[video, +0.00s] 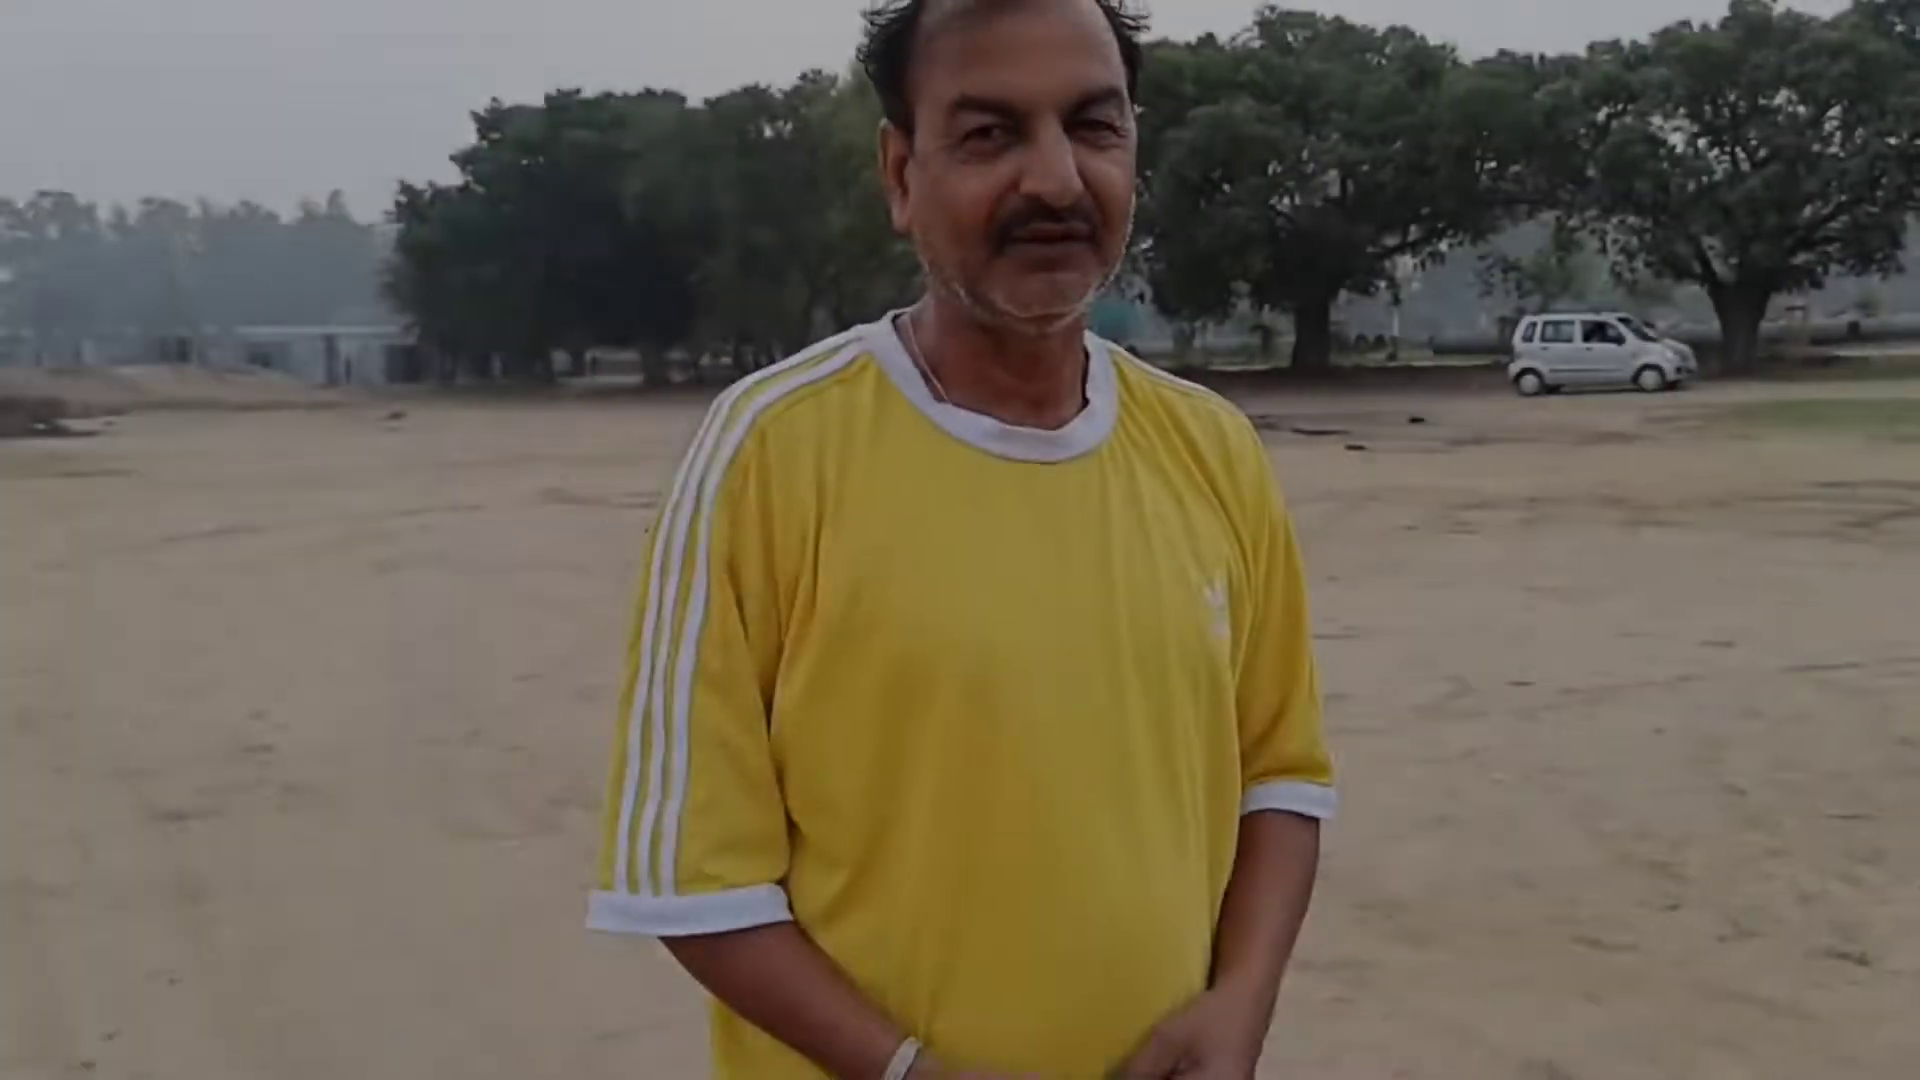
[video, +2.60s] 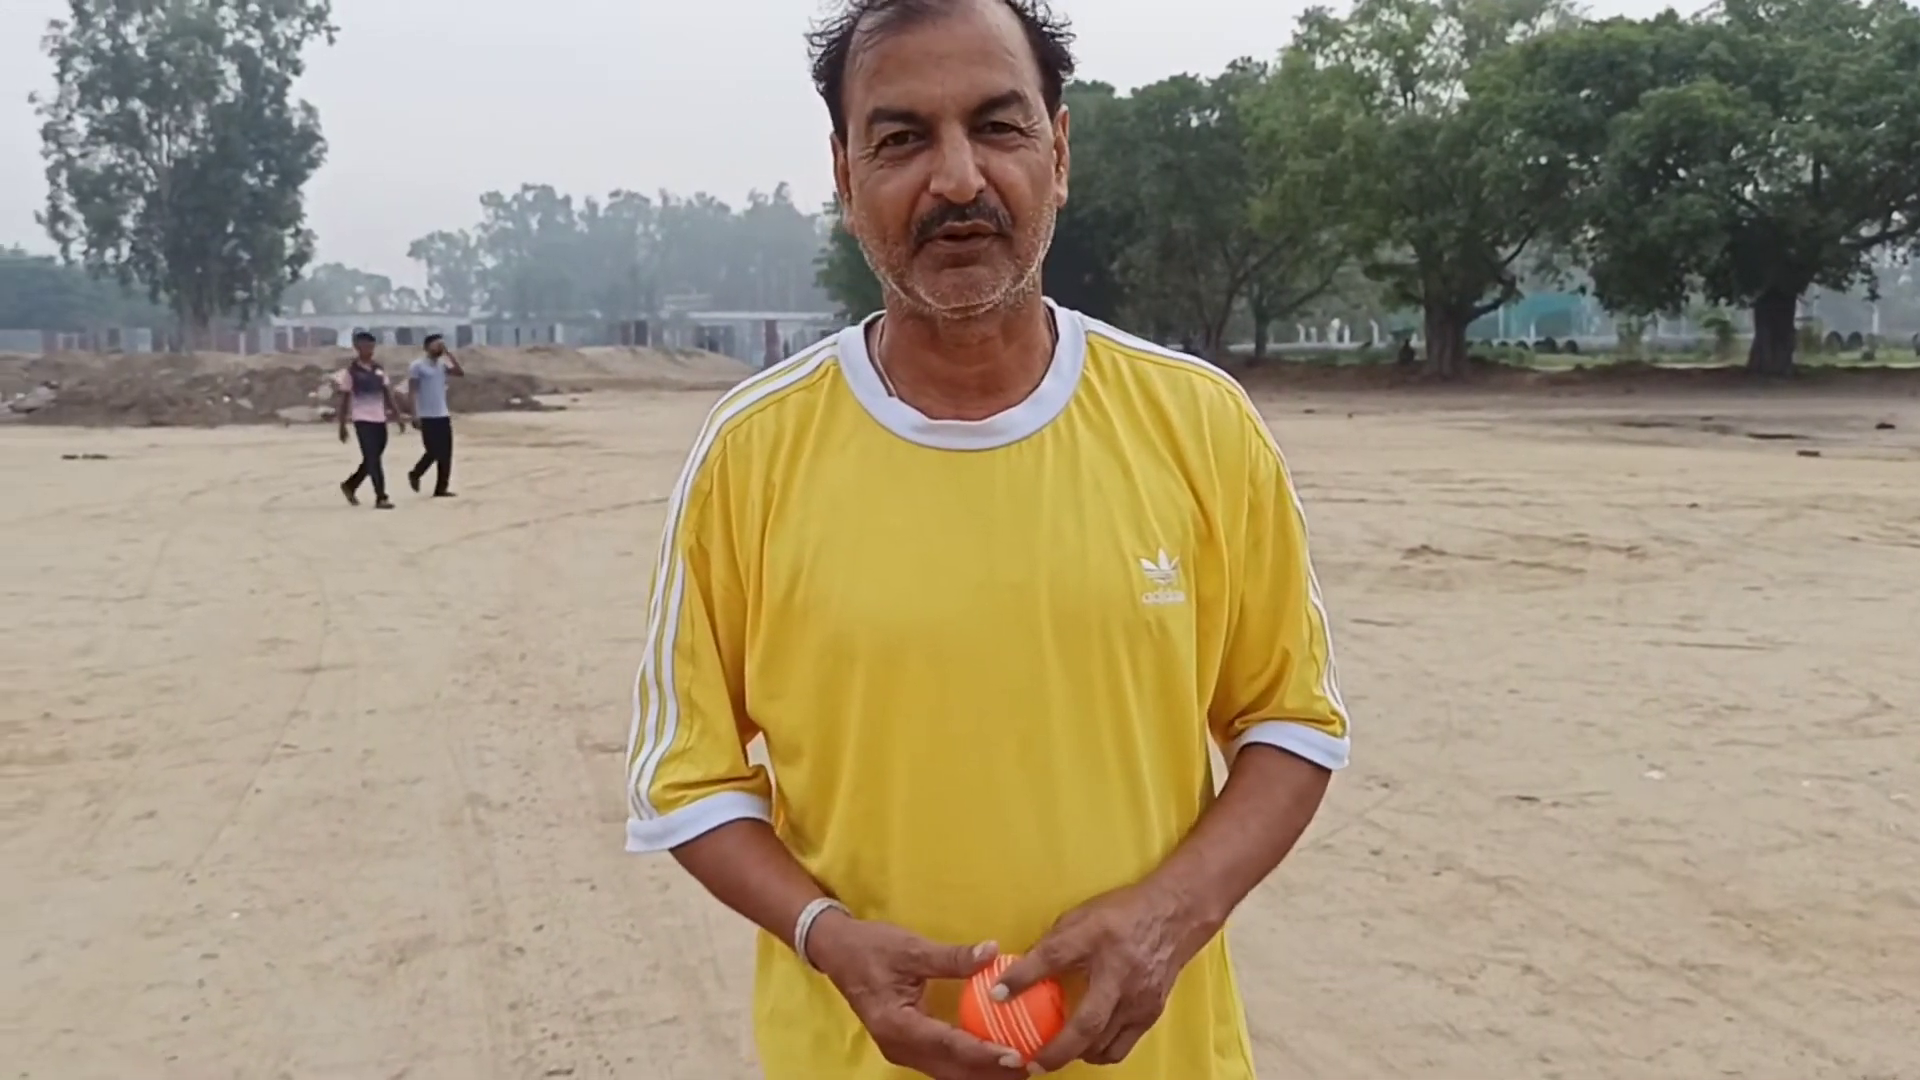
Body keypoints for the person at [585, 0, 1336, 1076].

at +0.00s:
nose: (1055, 178)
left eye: (1093, 125)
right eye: (989, 133)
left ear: (1134, 157)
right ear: (899, 179)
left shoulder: (1213, 449)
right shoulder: (770, 447)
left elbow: (1285, 770)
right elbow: (693, 871)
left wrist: (1240, 1003)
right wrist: (899, 1063)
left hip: (1157, 1057)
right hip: (854, 1061)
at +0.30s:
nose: (1015, 192)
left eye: (1051, 140)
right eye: (953, 149)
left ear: (1091, 167)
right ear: (870, 189)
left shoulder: (1175, 443)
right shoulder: (751, 445)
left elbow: (1260, 725)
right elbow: (683, 846)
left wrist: (1235, 858)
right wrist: (888, 1043)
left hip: (1149, 1056)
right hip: (848, 1061)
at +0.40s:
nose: (980, 205)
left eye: (1014, 151)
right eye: (918, 160)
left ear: (1053, 167)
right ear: (836, 193)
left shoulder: (1140, 440)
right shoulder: (719, 454)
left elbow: (1262, 802)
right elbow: (650, 858)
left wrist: (1214, 700)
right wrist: (846, 1051)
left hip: (1129, 1053)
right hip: (836, 1062)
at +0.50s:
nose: (948, 209)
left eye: (979, 157)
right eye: (884, 165)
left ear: (1018, 177)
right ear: (801, 201)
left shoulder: (1105, 440)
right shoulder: (687, 463)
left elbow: (1267, 767)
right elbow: (617, 867)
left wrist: (1193, 552)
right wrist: (801, 1052)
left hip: (1115, 1047)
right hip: (813, 1056)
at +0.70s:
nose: (878, 201)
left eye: (912, 150)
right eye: (816, 161)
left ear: (953, 176)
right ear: (736, 205)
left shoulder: (1065, 436)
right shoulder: (631, 471)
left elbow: (1228, 776)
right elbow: (562, 869)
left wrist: (1133, 611)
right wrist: (737, 1049)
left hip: (1077, 1046)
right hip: (774, 1056)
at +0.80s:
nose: (861, 199)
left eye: (893, 146)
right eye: (796, 164)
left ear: (944, 176)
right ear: (727, 218)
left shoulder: (1077, 443)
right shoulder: (630, 480)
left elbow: (1205, 758)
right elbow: (561, 862)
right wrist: (735, 1043)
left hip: (1082, 1053)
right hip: (778, 1063)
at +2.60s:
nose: (958, 178)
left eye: (999, 127)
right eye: (903, 138)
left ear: (1060, 158)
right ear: (844, 183)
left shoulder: (1201, 425)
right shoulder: (751, 449)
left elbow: (1297, 722)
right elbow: (682, 774)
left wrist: (1175, 908)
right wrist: (826, 934)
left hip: (1163, 1047)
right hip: (855, 1053)